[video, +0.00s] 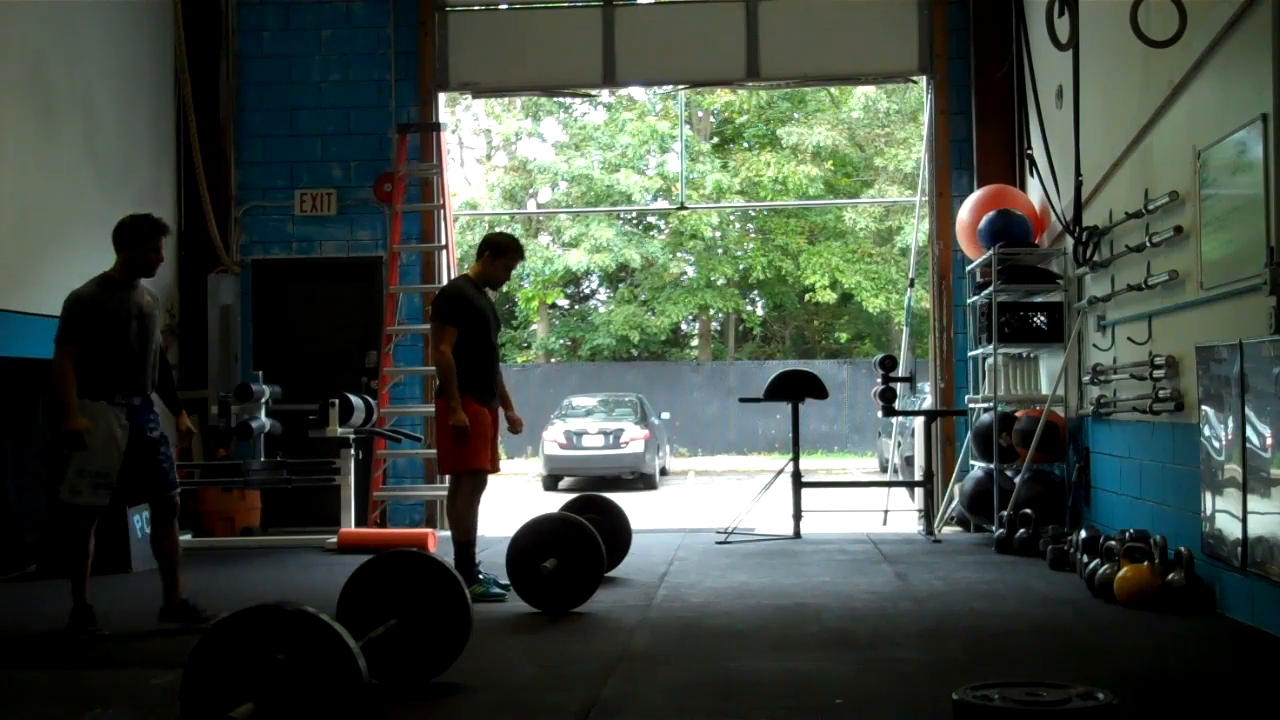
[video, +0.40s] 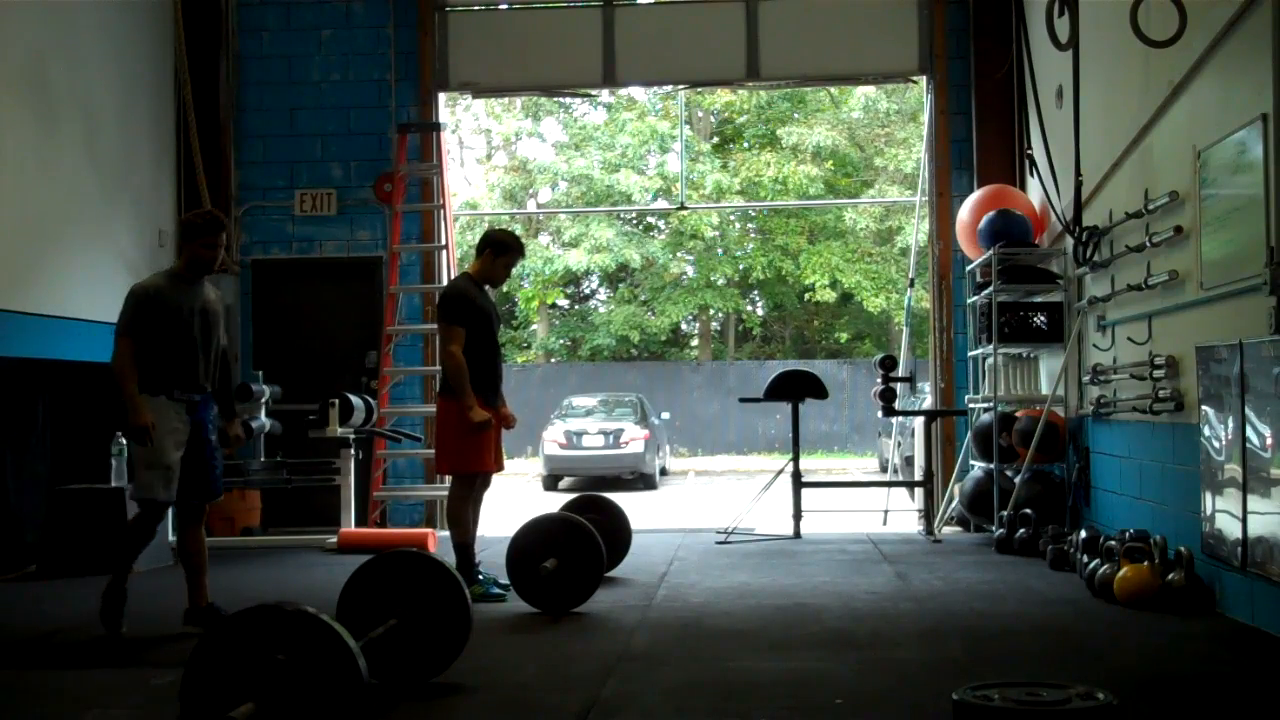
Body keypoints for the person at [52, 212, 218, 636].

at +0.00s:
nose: (161, 257)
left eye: (162, 249)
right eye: (155, 249)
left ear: (142, 251)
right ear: (130, 249)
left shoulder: (151, 302)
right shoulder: (85, 299)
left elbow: (158, 366)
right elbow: (63, 360)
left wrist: (179, 413)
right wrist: (72, 414)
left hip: (144, 417)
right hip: (96, 419)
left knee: (166, 505)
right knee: (88, 514)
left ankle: (174, 601)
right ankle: (80, 607)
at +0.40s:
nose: (219, 255)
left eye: (221, 248)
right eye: (212, 247)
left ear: (220, 252)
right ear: (189, 246)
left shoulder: (212, 301)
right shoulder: (147, 293)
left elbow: (221, 365)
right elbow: (123, 355)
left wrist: (229, 416)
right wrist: (134, 408)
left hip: (199, 414)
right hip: (157, 412)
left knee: (193, 513)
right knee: (154, 508)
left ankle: (198, 605)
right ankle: (116, 590)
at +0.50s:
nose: (225, 255)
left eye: (229, 247)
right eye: (218, 247)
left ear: (230, 248)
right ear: (196, 245)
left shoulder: (226, 298)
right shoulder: (157, 292)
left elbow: (241, 361)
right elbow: (129, 358)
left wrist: (260, 409)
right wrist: (135, 411)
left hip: (210, 413)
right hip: (165, 410)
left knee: (201, 511)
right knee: (173, 505)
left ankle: (200, 604)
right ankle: (158, 597)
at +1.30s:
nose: (213, 228)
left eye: (220, 220)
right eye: (204, 221)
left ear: (235, 225)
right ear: (191, 229)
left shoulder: (262, 280)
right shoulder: (173, 286)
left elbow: (291, 346)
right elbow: (157, 355)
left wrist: (318, 402)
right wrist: (171, 405)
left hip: (255, 412)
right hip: (202, 416)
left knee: (261, 516)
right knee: (222, 523)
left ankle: (273, 608)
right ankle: (239, 610)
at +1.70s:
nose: (180, 223)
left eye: (188, 213)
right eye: (173, 215)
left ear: (212, 210)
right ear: (165, 219)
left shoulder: (252, 273)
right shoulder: (156, 278)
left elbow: (285, 348)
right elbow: (128, 351)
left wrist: (305, 408)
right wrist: (94, 411)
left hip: (232, 412)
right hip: (171, 411)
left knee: (229, 524)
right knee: (151, 515)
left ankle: (229, 625)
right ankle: (199, 594)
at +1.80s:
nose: (163, 222)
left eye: (171, 212)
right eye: (156, 214)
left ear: (198, 208)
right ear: (152, 218)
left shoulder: (245, 269)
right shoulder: (151, 277)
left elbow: (275, 341)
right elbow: (123, 349)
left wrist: (279, 397)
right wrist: (82, 408)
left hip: (226, 414)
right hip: (163, 413)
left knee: (225, 529)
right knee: (134, 516)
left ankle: (228, 630)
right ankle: (166, 624)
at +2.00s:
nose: (122, 226)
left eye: (129, 215)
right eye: (118, 217)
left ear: (157, 211)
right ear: (121, 220)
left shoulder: (210, 270)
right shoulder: (125, 281)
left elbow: (237, 337)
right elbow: (108, 355)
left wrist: (215, 385)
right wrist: (71, 415)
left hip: (194, 418)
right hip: (135, 419)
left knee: (210, 533)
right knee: (122, 535)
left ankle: (225, 637)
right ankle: (108, 655)